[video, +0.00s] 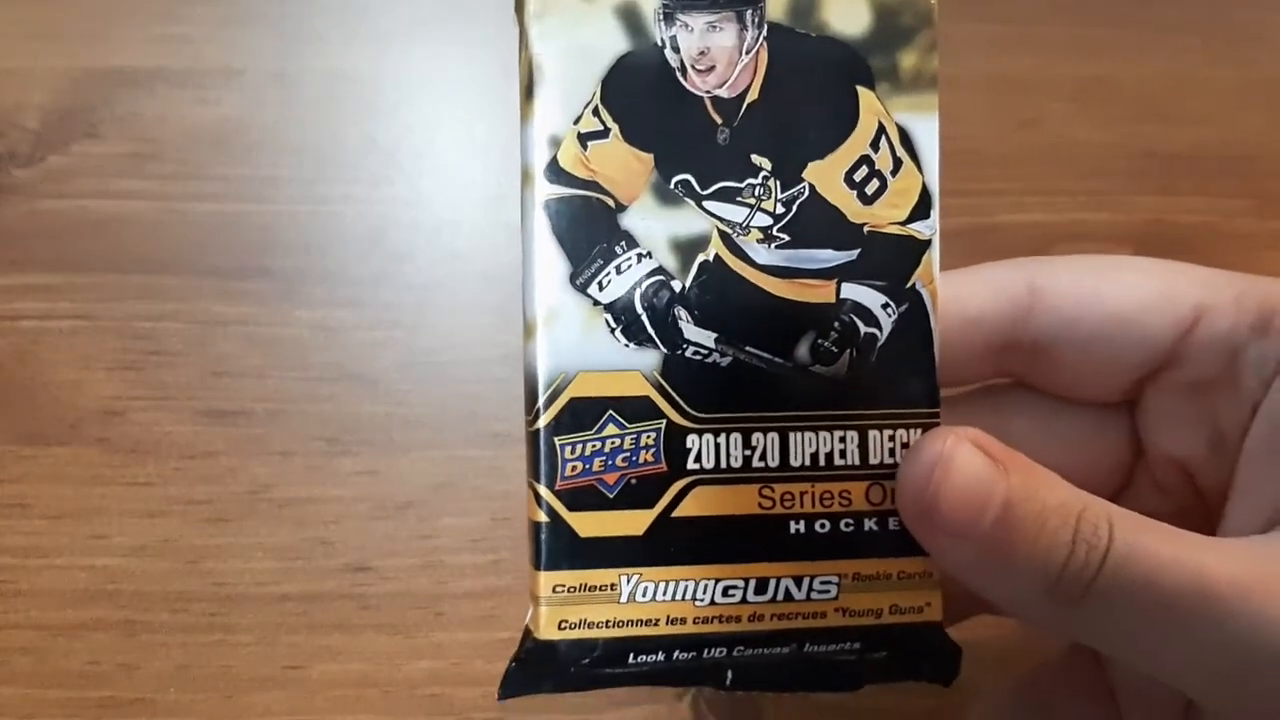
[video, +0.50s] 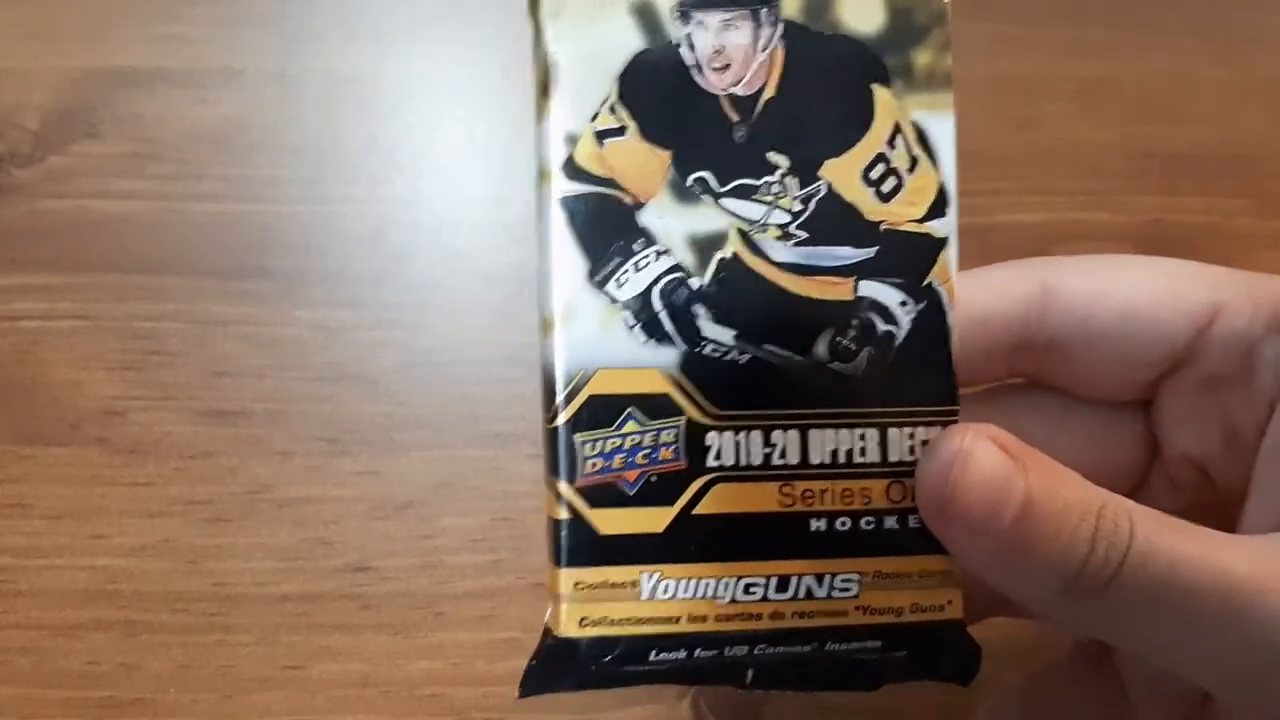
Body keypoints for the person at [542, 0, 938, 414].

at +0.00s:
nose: (696, 50)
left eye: (715, 28)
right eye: (681, 28)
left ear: (753, 25)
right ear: (665, 27)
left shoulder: (823, 82)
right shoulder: (639, 88)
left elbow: (903, 215)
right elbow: (574, 187)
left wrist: (859, 318)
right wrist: (629, 282)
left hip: (861, 280)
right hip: (744, 273)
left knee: (894, 439)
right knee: (676, 419)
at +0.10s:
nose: (698, 49)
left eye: (717, 27)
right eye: (682, 26)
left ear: (755, 25)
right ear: (666, 25)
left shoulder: (825, 82)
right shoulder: (642, 88)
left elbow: (905, 215)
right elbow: (575, 187)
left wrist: (861, 318)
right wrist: (629, 281)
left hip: (862, 282)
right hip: (745, 274)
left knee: (894, 445)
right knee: (679, 425)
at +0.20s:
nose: (701, 53)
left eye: (719, 31)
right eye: (685, 32)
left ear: (757, 29)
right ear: (668, 31)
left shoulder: (827, 84)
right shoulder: (644, 92)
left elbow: (909, 217)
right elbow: (578, 193)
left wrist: (865, 321)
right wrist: (635, 287)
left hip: (864, 287)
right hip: (746, 279)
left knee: (896, 448)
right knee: (681, 426)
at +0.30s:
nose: (702, 47)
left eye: (722, 24)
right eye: (685, 23)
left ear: (760, 23)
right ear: (669, 22)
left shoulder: (829, 80)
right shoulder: (647, 85)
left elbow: (910, 213)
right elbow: (579, 183)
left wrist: (867, 315)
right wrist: (636, 280)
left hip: (867, 279)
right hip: (749, 272)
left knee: (897, 445)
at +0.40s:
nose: (704, 44)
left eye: (724, 21)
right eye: (687, 22)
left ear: (762, 21)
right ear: (672, 20)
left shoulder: (832, 76)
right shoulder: (649, 83)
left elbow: (911, 211)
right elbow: (580, 182)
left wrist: (869, 313)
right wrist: (639, 279)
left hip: (868, 276)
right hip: (752, 269)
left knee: (901, 438)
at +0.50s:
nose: (711, 48)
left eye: (731, 26)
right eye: (695, 25)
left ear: (770, 25)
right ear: (681, 27)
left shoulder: (838, 81)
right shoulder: (658, 85)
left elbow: (918, 212)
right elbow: (591, 186)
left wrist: (879, 315)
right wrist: (651, 283)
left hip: (877, 279)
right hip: (763, 273)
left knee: (915, 437)